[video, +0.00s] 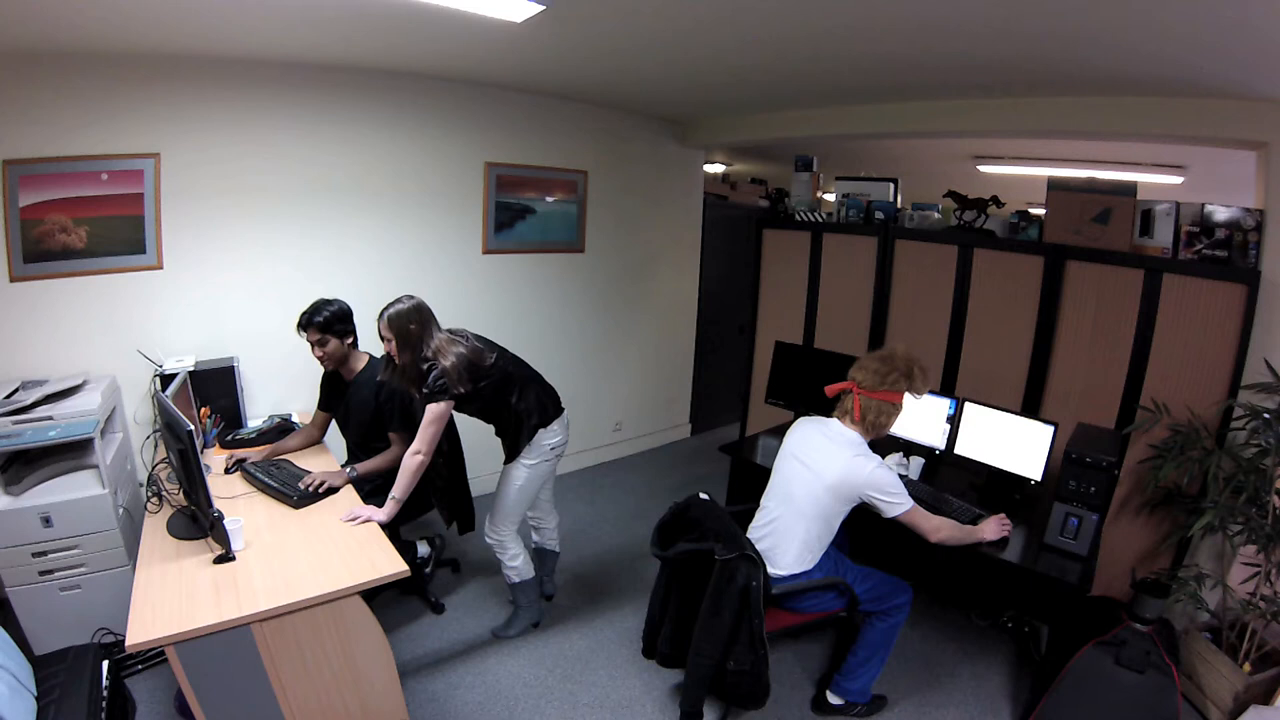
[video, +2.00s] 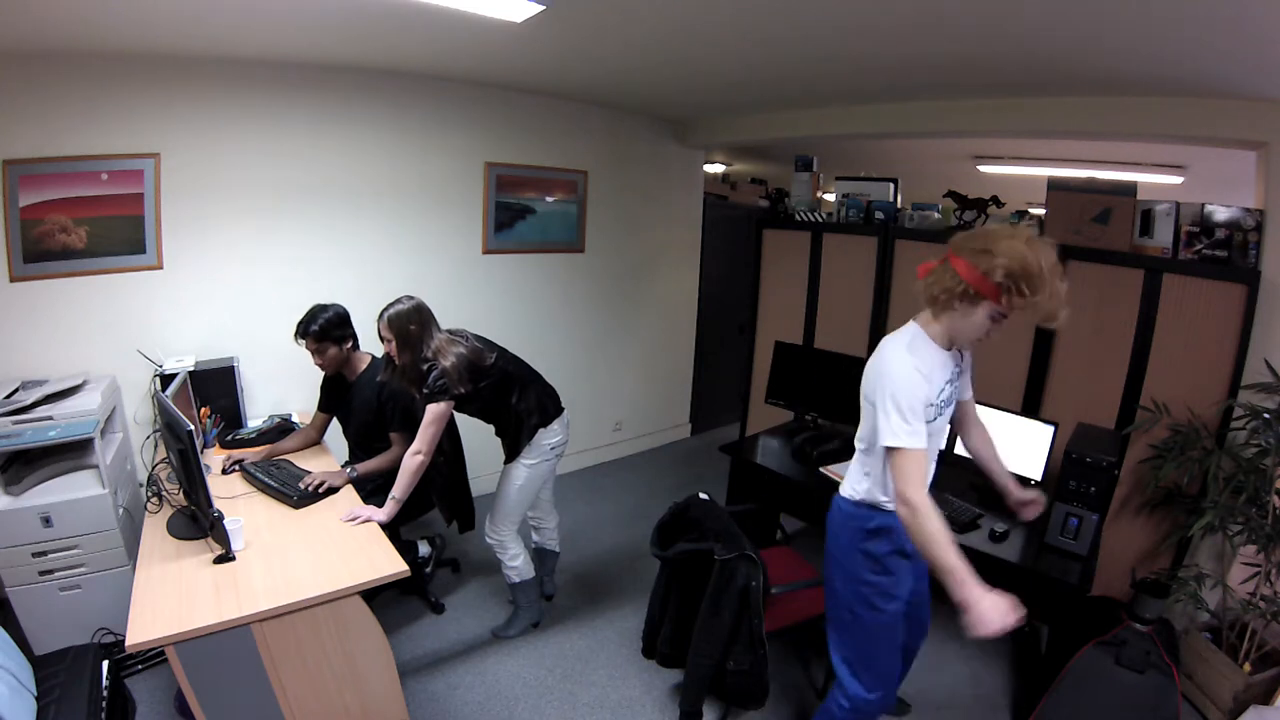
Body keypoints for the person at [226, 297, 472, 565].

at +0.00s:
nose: (316, 353)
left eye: (322, 344)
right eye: (311, 345)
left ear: (348, 338)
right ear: (309, 343)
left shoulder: (387, 381)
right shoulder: (334, 376)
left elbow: (401, 450)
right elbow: (314, 431)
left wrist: (346, 473)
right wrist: (265, 452)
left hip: (403, 478)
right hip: (363, 474)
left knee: (342, 533)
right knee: (314, 516)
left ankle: (419, 552)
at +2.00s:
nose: (316, 362)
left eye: (320, 353)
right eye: (311, 354)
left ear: (348, 344)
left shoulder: (389, 381)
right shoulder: (335, 377)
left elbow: (402, 450)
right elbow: (313, 432)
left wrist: (348, 473)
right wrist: (262, 454)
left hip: (404, 477)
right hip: (364, 474)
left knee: (341, 530)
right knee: (314, 513)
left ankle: (418, 553)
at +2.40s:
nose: (317, 361)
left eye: (322, 352)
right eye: (313, 353)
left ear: (348, 343)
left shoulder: (389, 381)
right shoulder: (337, 375)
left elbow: (404, 450)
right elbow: (325, 424)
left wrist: (347, 471)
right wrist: (287, 446)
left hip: (404, 477)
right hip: (364, 474)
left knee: (344, 529)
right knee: (317, 514)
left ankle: (419, 553)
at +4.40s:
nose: (318, 357)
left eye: (323, 348)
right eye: (314, 349)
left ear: (350, 340)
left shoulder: (388, 382)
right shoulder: (338, 375)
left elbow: (402, 451)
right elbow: (332, 428)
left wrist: (346, 474)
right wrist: (312, 458)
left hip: (407, 477)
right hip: (365, 473)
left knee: (343, 532)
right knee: (320, 514)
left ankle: (420, 552)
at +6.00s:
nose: (319, 357)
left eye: (325, 348)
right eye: (315, 349)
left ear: (351, 342)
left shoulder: (388, 379)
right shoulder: (339, 375)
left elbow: (403, 451)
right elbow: (325, 424)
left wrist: (346, 473)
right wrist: (288, 447)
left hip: (403, 479)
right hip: (363, 474)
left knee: (343, 531)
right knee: (318, 514)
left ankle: (418, 553)